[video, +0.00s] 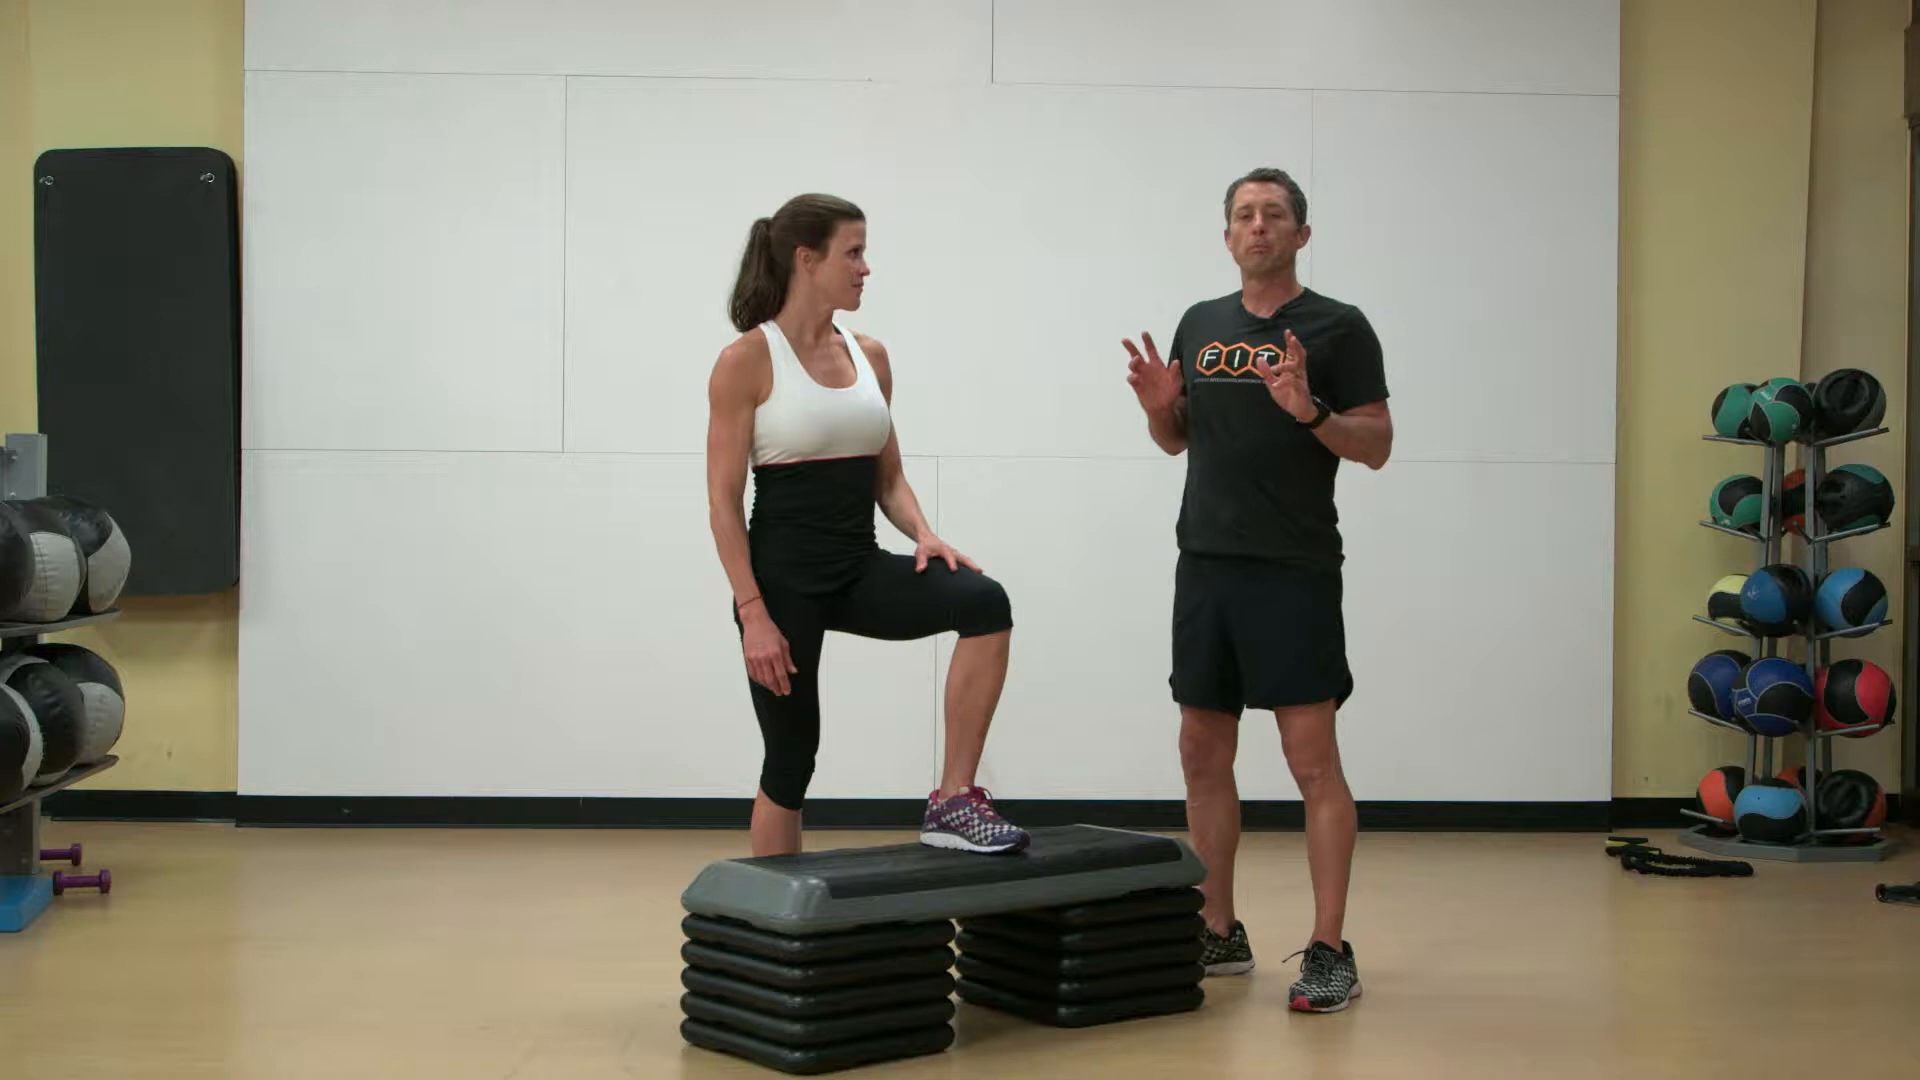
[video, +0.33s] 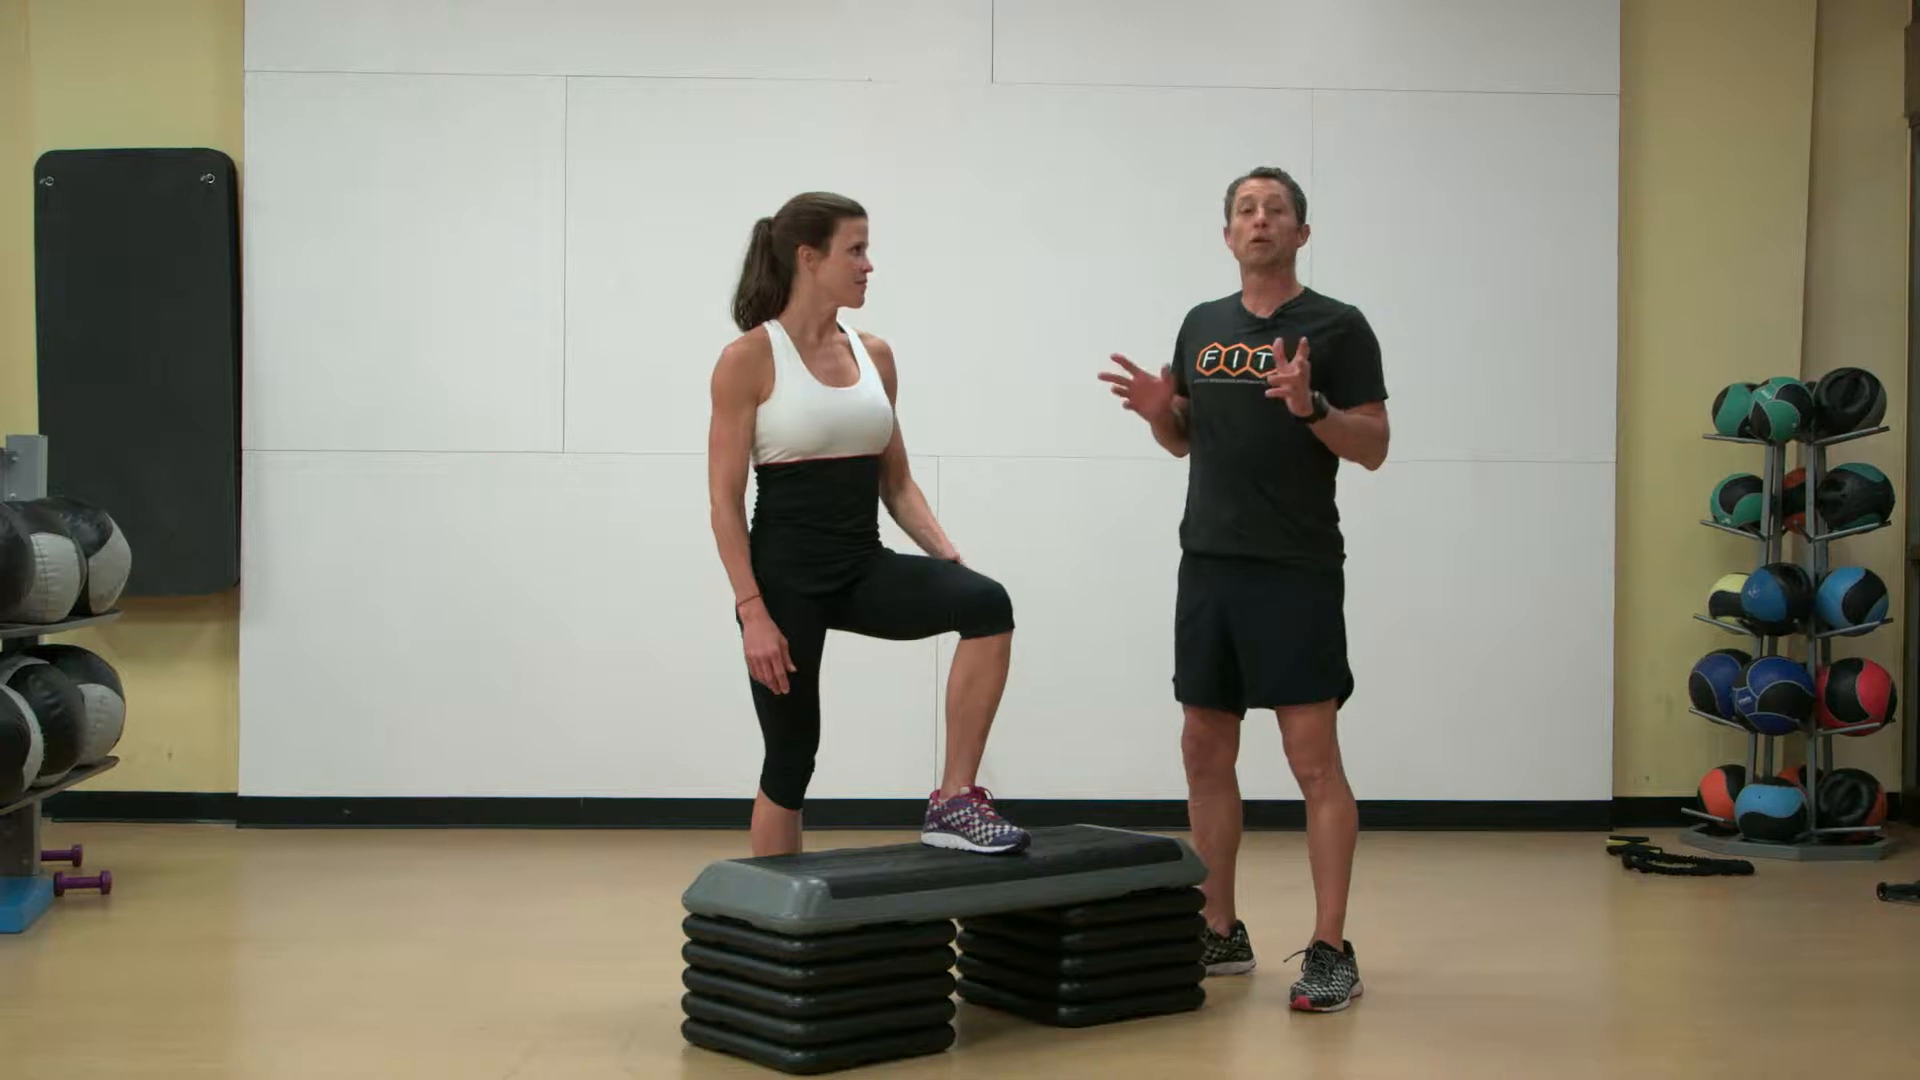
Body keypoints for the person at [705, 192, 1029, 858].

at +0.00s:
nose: (865, 268)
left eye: (865, 254)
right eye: (853, 254)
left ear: (815, 259)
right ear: (805, 258)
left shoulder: (868, 357)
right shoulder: (746, 363)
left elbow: (889, 476)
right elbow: (723, 504)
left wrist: (925, 533)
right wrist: (752, 612)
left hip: (856, 570)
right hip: (781, 579)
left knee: (984, 604)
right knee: (790, 763)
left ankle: (955, 798)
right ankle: (772, 932)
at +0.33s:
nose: (868, 265)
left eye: (867, 251)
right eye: (856, 252)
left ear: (817, 258)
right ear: (807, 257)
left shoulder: (873, 356)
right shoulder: (748, 361)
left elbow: (897, 482)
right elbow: (724, 502)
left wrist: (947, 555)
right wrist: (752, 611)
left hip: (860, 569)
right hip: (784, 578)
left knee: (986, 604)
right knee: (790, 764)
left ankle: (955, 798)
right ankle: (772, 932)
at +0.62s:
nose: (867, 259)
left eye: (868, 246)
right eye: (853, 247)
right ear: (805, 254)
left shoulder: (877, 356)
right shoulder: (751, 357)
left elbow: (893, 477)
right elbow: (722, 496)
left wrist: (913, 566)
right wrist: (749, 608)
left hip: (864, 565)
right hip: (787, 572)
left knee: (991, 608)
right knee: (787, 763)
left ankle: (956, 798)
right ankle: (773, 932)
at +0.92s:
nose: (852, 256)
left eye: (859, 243)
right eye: (835, 243)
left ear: (866, 252)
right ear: (796, 254)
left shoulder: (882, 355)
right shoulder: (752, 351)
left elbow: (895, 466)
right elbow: (700, 480)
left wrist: (909, 537)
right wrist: (738, 583)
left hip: (866, 563)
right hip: (787, 571)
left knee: (1001, 608)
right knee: (785, 762)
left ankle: (957, 798)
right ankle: (770, 929)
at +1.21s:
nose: (847, 256)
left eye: (857, 243)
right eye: (830, 242)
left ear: (866, 254)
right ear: (795, 252)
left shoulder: (884, 357)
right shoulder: (749, 349)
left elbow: (903, 464)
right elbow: (695, 475)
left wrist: (912, 531)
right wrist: (733, 576)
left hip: (865, 561)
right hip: (783, 569)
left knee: (1007, 608)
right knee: (781, 762)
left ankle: (957, 797)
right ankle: (767, 934)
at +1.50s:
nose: (839, 254)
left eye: (849, 242)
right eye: (823, 241)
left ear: (860, 252)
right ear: (789, 250)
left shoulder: (878, 356)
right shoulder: (746, 349)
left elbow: (889, 470)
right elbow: (707, 484)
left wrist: (912, 532)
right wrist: (732, 597)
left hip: (860, 561)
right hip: (779, 568)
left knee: (999, 606)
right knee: (775, 766)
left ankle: (956, 797)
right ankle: (768, 934)